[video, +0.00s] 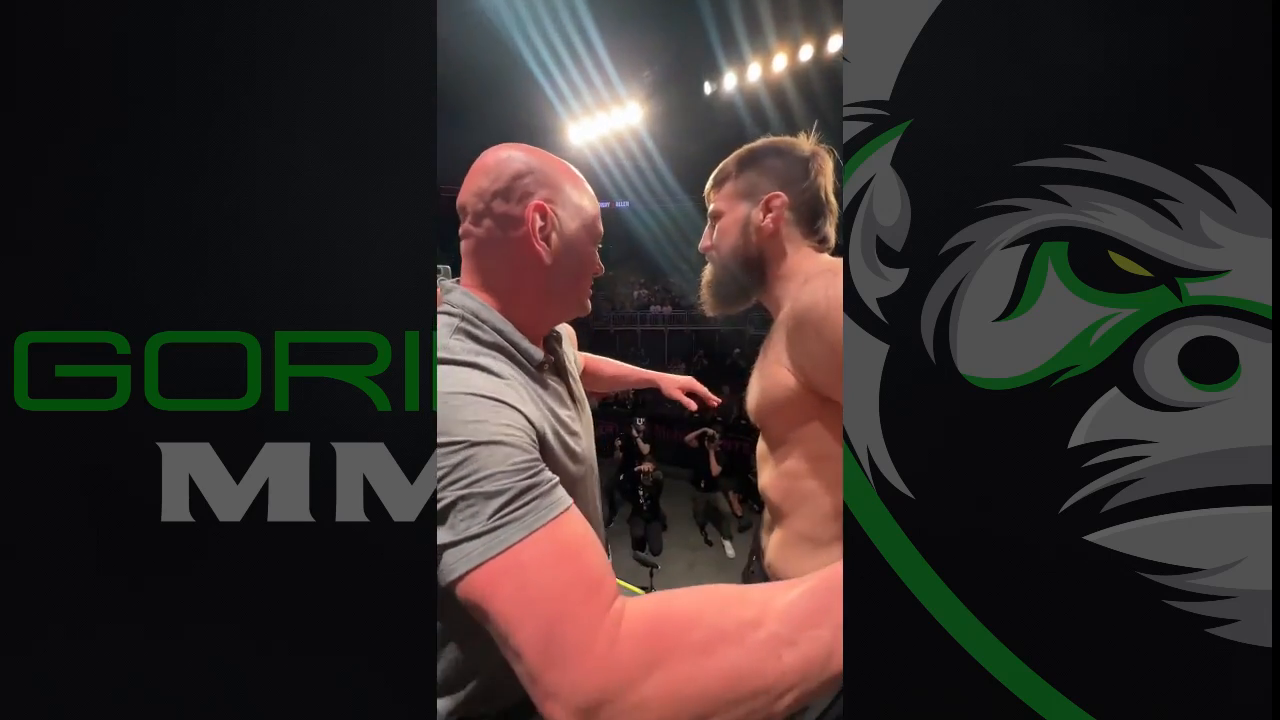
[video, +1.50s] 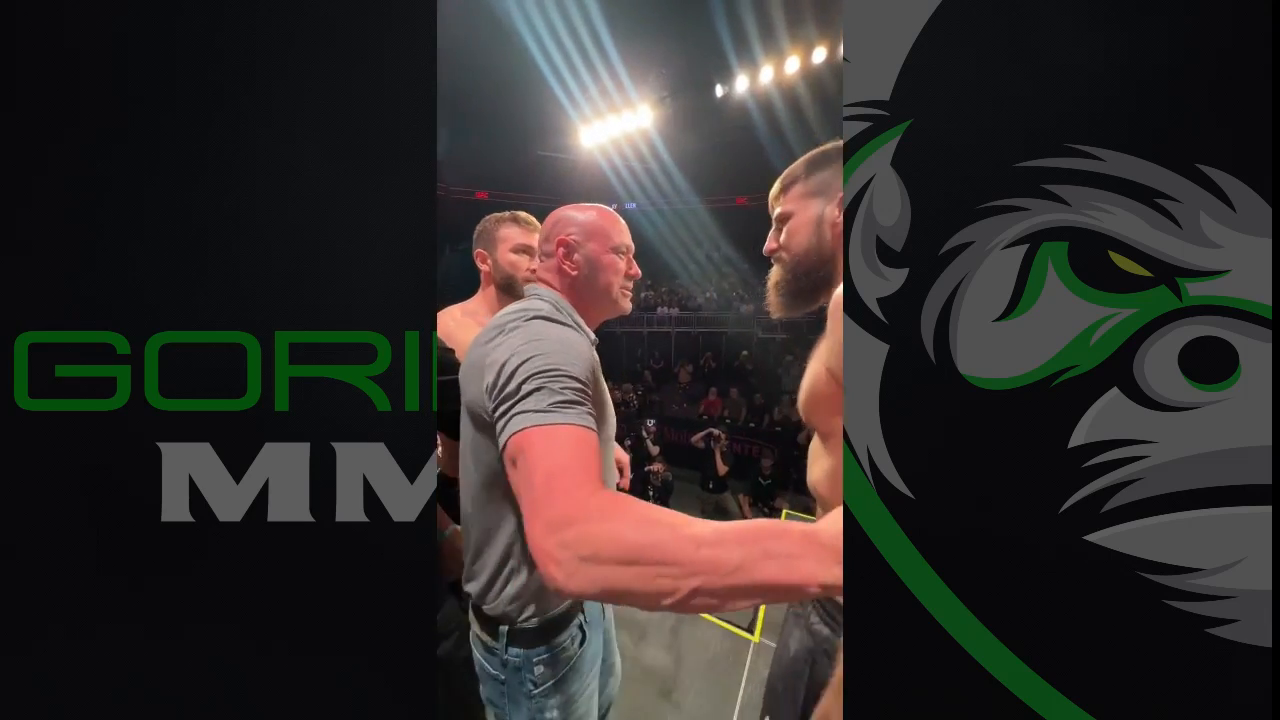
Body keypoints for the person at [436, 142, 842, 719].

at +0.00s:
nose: (599, 265)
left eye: (597, 242)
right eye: (592, 238)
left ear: (539, 229)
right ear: (541, 228)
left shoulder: (520, 335)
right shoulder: (459, 407)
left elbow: (571, 366)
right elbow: (594, 672)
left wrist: (658, 380)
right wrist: (860, 586)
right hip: (493, 698)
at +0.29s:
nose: (619, 276)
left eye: (619, 259)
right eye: (613, 258)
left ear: (567, 250)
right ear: (568, 250)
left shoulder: (553, 339)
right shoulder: (486, 402)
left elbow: (582, 378)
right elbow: (559, 662)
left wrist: (638, 393)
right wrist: (841, 619)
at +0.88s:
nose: (644, 281)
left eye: (645, 263)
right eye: (643, 261)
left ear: (558, 255)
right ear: (617, 255)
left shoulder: (563, 345)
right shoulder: (545, 355)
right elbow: (520, 623)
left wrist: (616, 399)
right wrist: (811, 691)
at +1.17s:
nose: (646, 267)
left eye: (642, 253)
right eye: (631, 249)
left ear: (574, 252)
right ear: (575, 250)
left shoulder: (561, 330)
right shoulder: (543, 337)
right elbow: (557, 565)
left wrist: (612, 438)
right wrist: (829, 645)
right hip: (560, 650)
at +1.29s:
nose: (640, 266)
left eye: (635, 251)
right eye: (623, 248)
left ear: (568, 253)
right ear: (567, 251)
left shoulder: (562, 333)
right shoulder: (537, 337)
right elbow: (563, 547)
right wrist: (830, 605)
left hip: (587, 618)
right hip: (553, 636)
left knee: (603, 707)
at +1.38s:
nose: (635, 266)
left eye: (631, 252)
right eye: (619, 249)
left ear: (565, 254)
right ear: (564, 252)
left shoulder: (557, 332)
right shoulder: (535, 337)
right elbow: (564, 544)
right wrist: (825, 580)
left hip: (581, 621)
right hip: (549, 644)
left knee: (598, 707)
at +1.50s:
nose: (637, 269)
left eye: (633, 256)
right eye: (621, 253)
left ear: (567, 256)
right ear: (567, 254)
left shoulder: (551, 331)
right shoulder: (538, 341)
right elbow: (574, 541)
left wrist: (598, 449)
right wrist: (823, 553)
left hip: (579, 616)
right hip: (536, 649)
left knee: (600, 703)